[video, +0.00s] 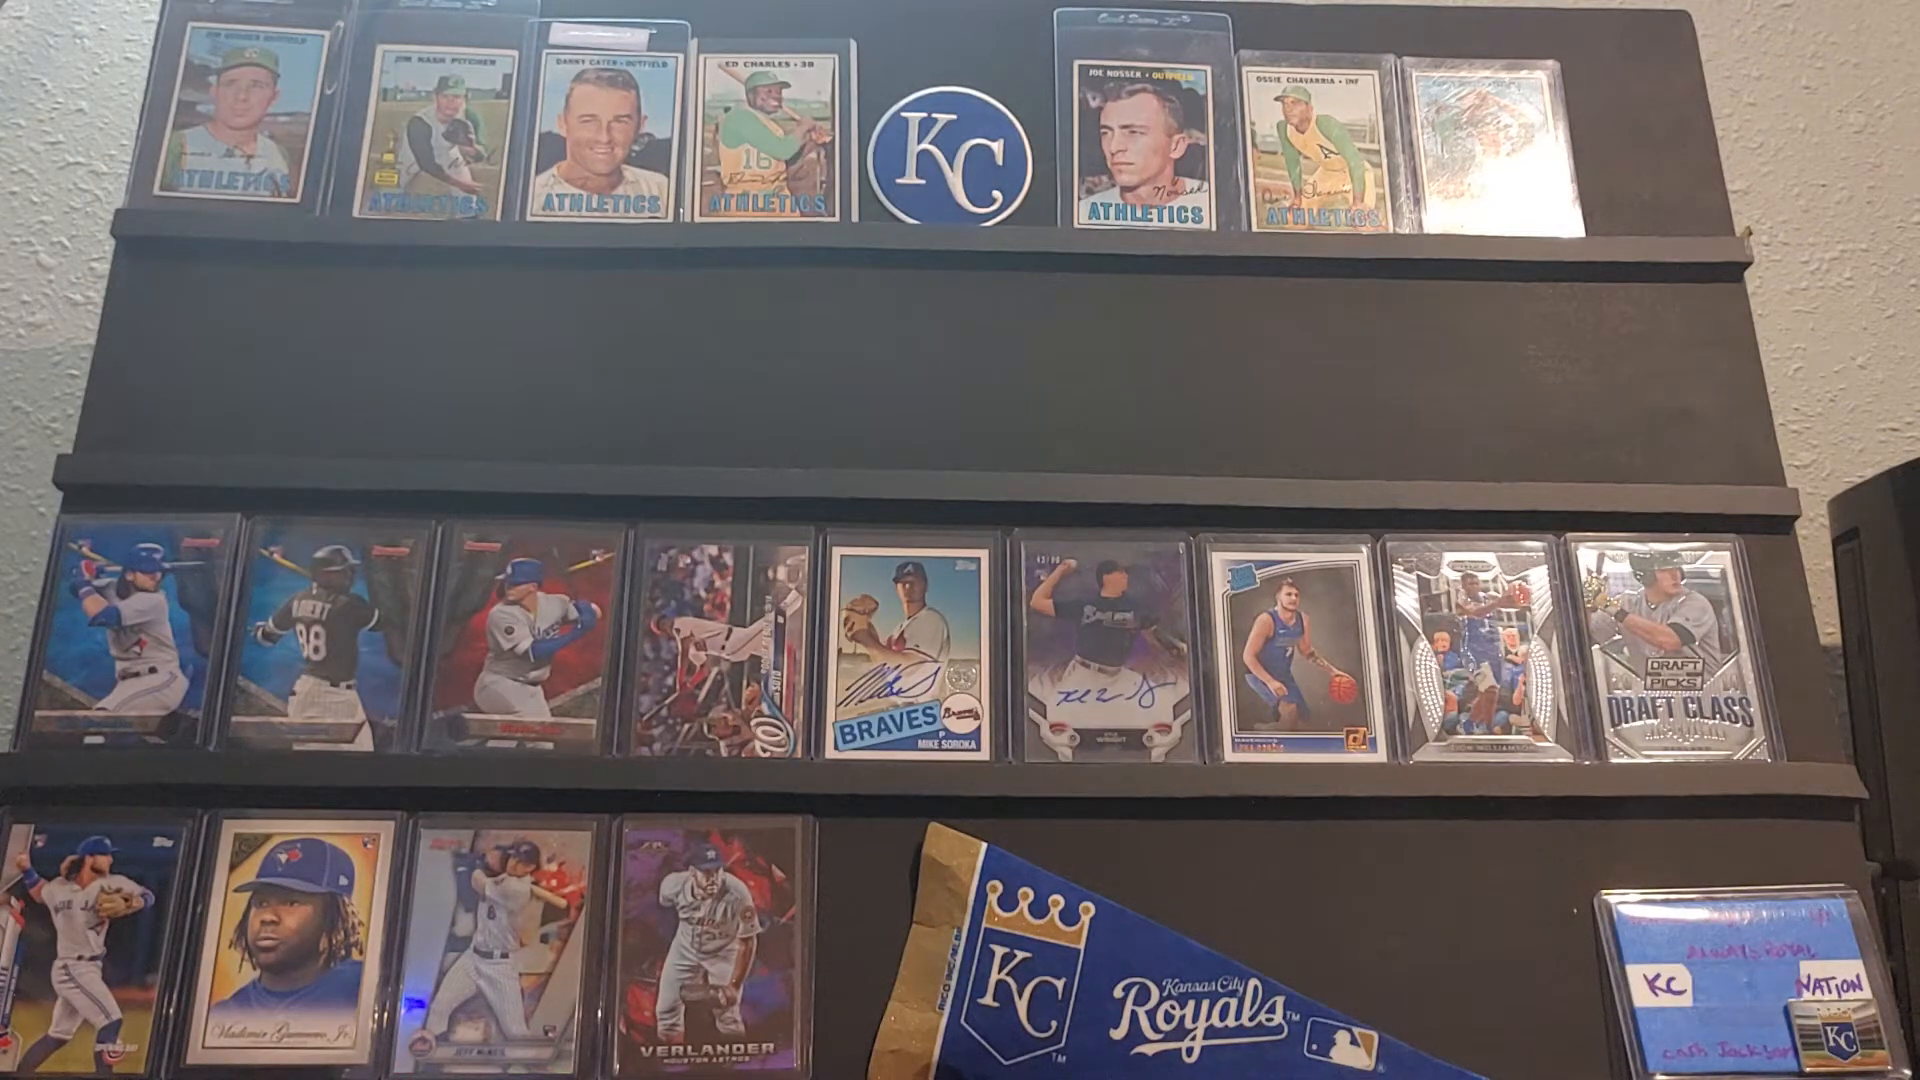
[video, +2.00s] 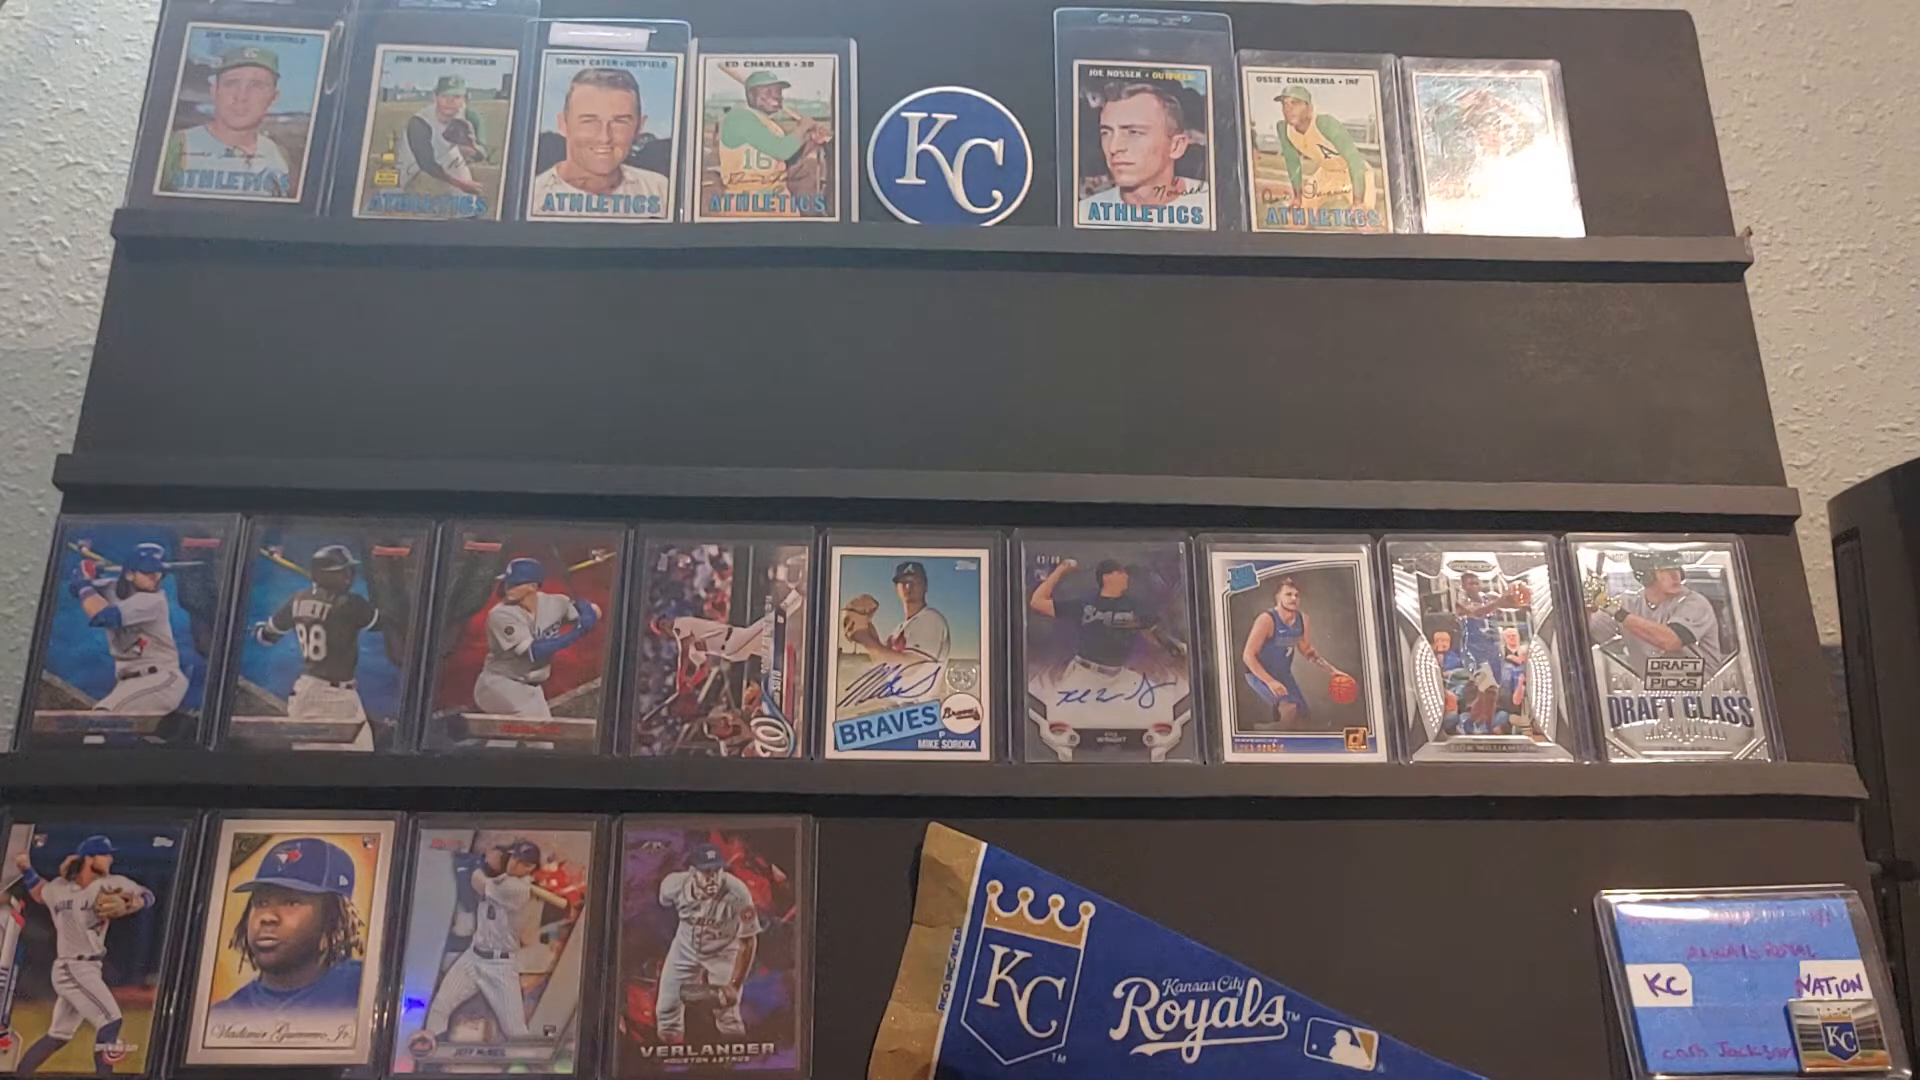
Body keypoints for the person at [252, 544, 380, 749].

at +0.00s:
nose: (351, 576)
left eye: (351, 571)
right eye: (347, 571)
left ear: (320, 574)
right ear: (332, 575)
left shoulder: (299, 600)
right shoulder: (350, 605)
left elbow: (267, 637)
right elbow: (384, 623)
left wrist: (259, 630)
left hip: (305, 692)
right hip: (340, 697)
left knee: (307, 765)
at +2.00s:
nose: (350, 578)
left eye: (350, 572)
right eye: (346, 572)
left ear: (319, 575)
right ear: (335, 575)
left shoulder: (299, 601)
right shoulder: (350, 605)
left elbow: (267, 637)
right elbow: (388, 621)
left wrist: (259, 630)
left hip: (305, 694)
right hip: (342, 698)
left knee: (306, 766)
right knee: (359, 767)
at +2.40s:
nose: (350, 577)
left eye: (350, 572)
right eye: (346, 572)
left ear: (319, 575)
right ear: (335, 575)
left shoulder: (299, 600)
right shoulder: (351, 605)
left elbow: (267, 637)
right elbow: (388, 622)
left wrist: (259, 630)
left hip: (305, 694)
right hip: (342, 699)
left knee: (307, 767)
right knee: (360, 768)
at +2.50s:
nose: (350, 577)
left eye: (350, 572)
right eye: (346, 572)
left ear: (319, 575)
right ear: (335, 575)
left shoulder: (299, 600)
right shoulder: (351, 605)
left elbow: (267, 637)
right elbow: (388, 622)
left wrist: (259, 630)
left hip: (305, 694)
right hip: (342, 699)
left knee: (307, 767)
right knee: (360, 768)